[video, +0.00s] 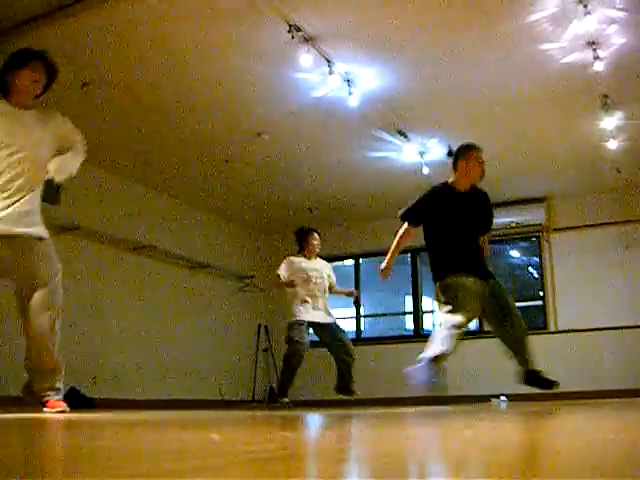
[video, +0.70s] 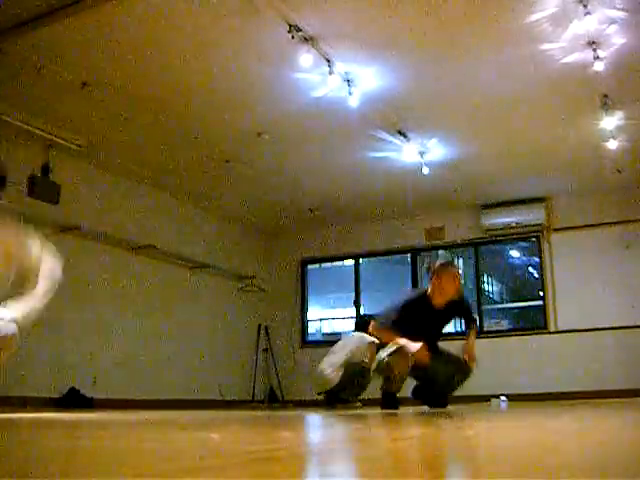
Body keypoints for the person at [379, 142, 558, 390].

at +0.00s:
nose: (484, 168)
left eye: (483, 162)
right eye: (478, 162)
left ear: (469, 167)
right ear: (463, 165)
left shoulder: (480, 199)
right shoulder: (436, 196)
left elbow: (483, 239)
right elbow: (408, 227)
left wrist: (482, 270)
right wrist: (389, 260)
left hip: (479, 274)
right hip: (452, 273)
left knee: (510, 321)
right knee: (455, 319)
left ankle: (527, 370)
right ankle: (429, 363)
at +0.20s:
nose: (472, 201)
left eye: (471, 196)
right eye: (466, 196)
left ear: (453, 203)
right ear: (448, 203)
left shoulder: (477, 228)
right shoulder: (428, 235)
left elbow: (491, 258)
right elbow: (408, 262)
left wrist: (499, 274)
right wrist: (389, 282)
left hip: (485, 311)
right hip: (448, 313)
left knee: (520, 349)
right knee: (438, 338)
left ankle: (551, 391)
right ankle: (401, 393)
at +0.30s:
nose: (470, 192)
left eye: (469, 188)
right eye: (465, 188)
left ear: (456, 193)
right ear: (448, 193)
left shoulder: (474, 219)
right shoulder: (420, 223)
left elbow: (505, 235)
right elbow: (391, 248)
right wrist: (364, 270)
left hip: (472, 303)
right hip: (436, 304)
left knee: (507, 343)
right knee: (427, 334)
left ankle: (543, 386)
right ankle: (403, 391)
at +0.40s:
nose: (469, 195)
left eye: (468, 190)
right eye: (464, 190)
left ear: (453, 195)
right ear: (446, 194)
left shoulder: (469, 218)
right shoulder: (419, 219)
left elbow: (496, 213)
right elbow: (380, 231)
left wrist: (514, 232)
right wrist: (391, 246)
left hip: (457, 294)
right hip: (422, 294)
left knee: (497, 336)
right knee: (419, 318)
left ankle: (492, 385)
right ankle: (409, 388)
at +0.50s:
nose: (465, 212)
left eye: (464, 206)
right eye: (460, 206)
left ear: (454, 210)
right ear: (446, 209)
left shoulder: (464, 233)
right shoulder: (420, 233)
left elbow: (488, 233)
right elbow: (380, 252)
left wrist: (487, 249)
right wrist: (413, 260)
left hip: (443, 307)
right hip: (413, 304)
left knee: (474, 339)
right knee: (416, 324)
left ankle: (443, 372)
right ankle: (405, 377)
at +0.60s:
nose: (461, 247)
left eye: (461, 241)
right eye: (456, 241)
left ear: (461, 244)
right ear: (441, 243)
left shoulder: (458, 267)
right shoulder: (418, 267)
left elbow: (475, 274)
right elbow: (381, 290)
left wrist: (469, 297)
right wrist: (417, 303)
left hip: (431, 328)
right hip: (401, 325)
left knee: (458, 361)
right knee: (410, 336)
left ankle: (427, 388)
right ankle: (393, 392)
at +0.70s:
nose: (459, 284)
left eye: (458, 279)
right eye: (454, 279)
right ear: (437, 281)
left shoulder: (456, 301)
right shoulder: (414, 302)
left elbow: (471, 322)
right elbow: (376, 328)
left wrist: (469, 346)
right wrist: (407, 344)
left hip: (426, 352)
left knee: (460, 368)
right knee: (400, 356)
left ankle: (428, 393)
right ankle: (389, 394)